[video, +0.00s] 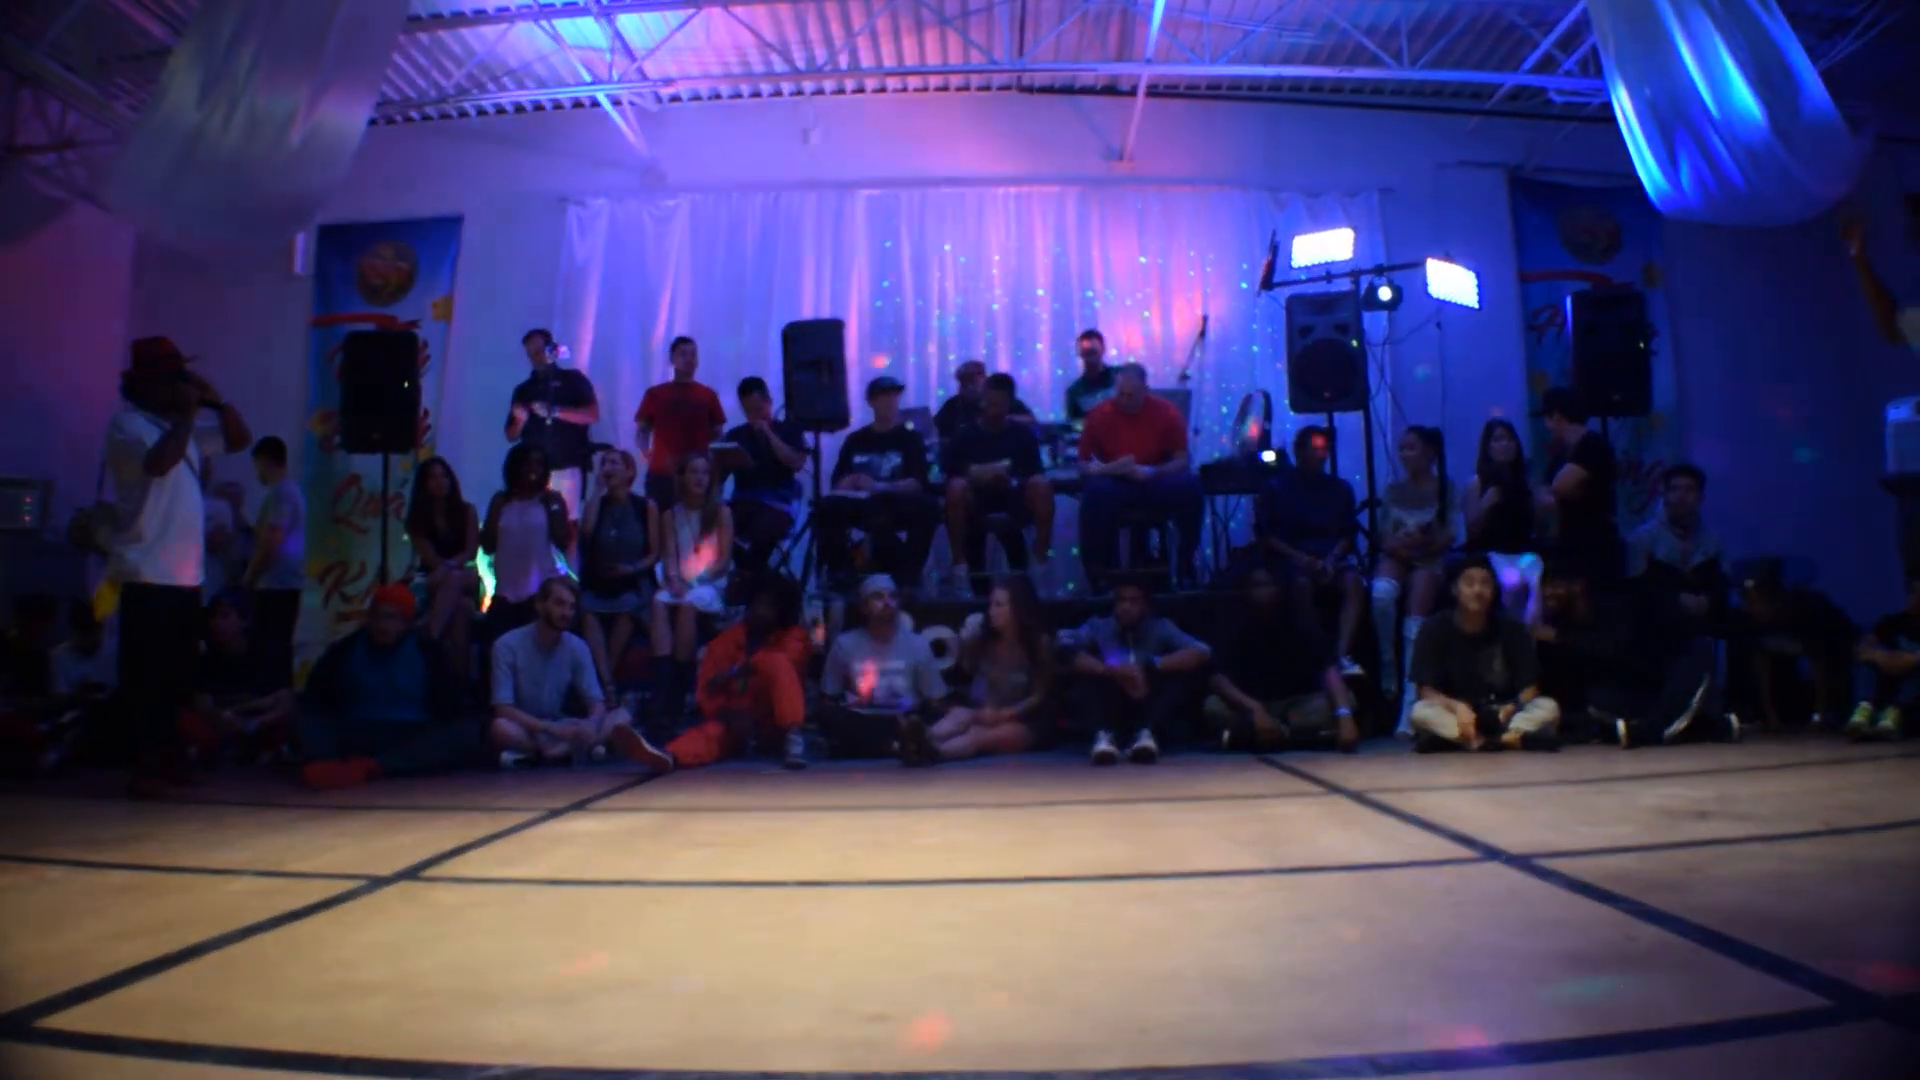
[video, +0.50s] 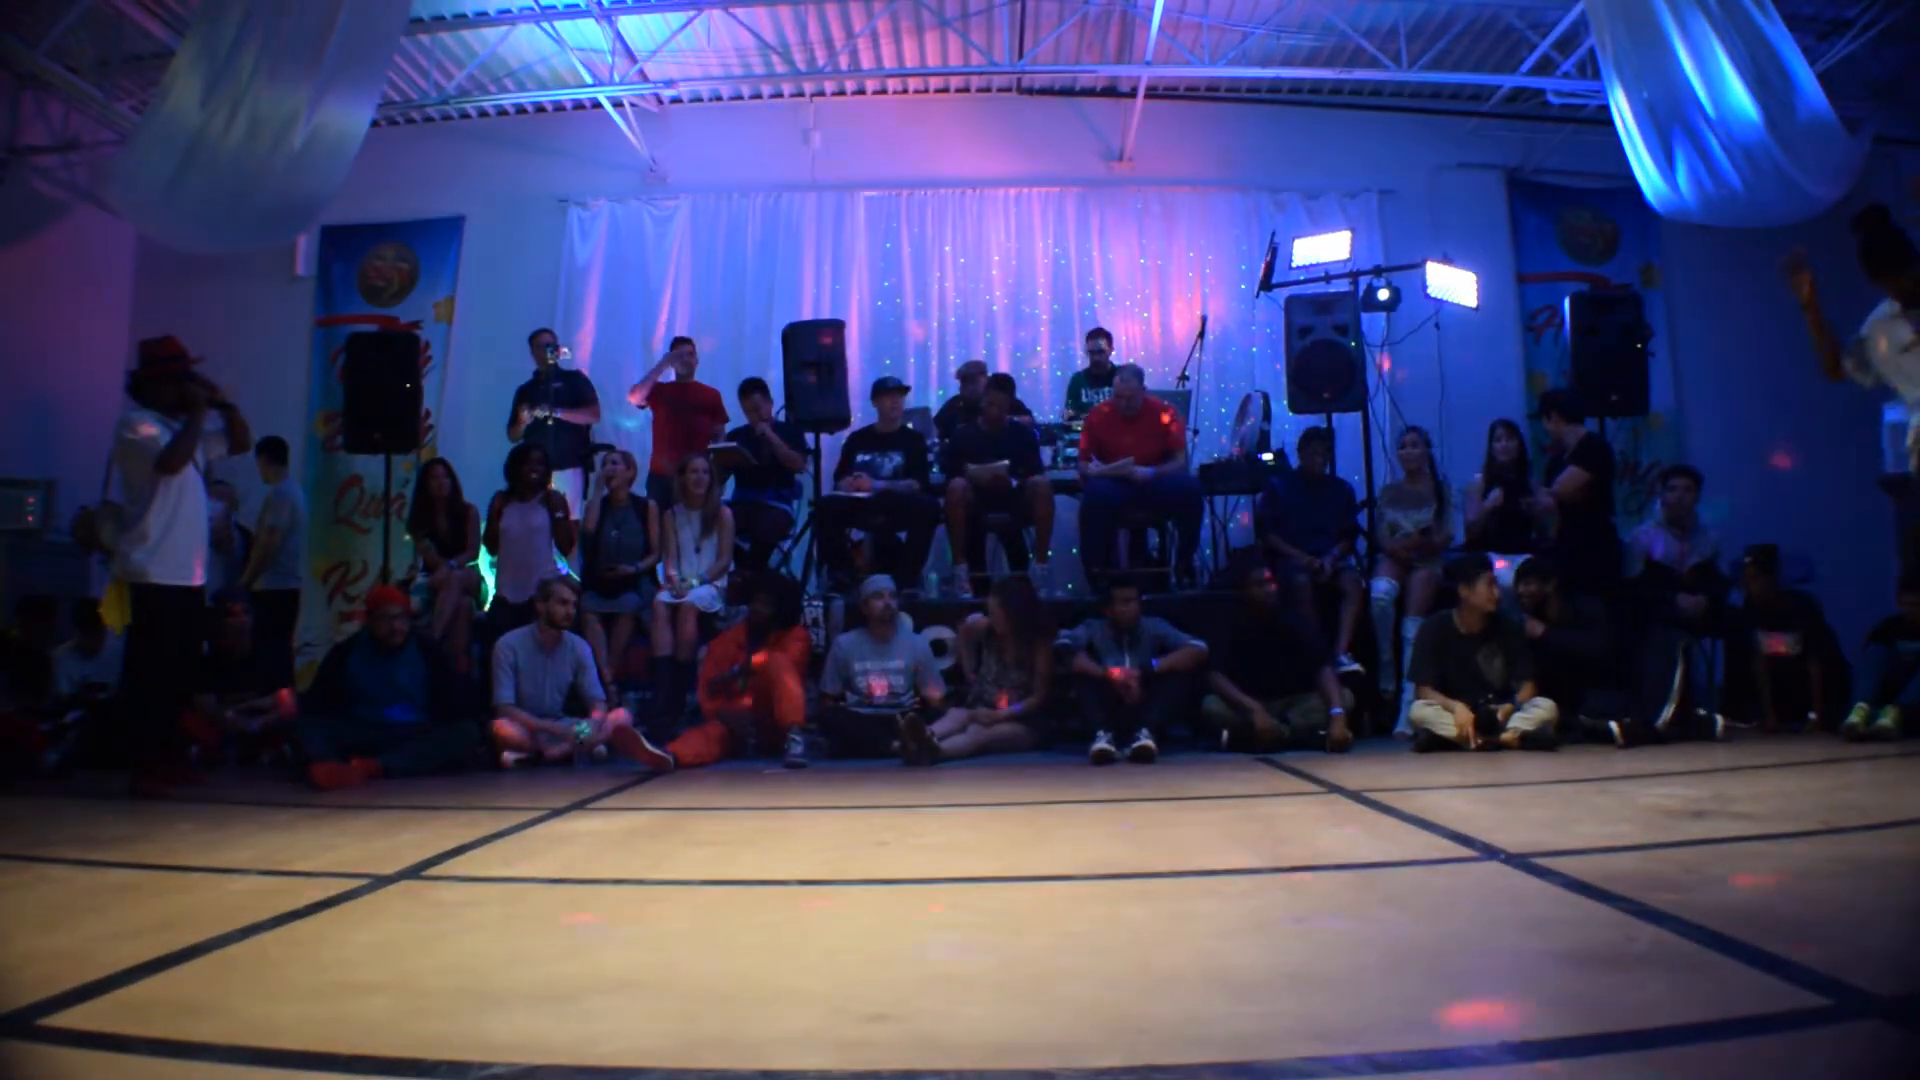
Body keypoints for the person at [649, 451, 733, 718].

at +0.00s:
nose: (700, 478)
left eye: (705, 473)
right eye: (694, 473)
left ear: (711, 479)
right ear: (682, 478)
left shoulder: (720, 513)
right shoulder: (671, 516)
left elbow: (723, 560)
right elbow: (668, 556)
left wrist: (697, 582)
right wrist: (673, 580)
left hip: (709, 581)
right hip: (678, 580)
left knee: (688, 606)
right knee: (659, 603)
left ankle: (682, 679)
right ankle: (662, 676)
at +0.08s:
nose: (700, 478)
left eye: (705, 473)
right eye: (694, 473)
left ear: (712, 478)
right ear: (683, 478)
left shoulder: (721, 514)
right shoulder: (671, 516)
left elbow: (723, 560)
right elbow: (668, 556)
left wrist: (698, 582)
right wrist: (673, 582)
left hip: (709, 581)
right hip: (678, 579)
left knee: (688, 606)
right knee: (659, 603)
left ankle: (682, 678)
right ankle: (662, 676)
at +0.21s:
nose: (700, 478)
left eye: (705, 473)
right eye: (694, 473)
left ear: (712, 479)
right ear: (683, 478)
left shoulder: (721, 513)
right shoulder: (672, 516)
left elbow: (724, 559)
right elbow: (669, 555)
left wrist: (699, 582)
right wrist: (674, 581)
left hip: (710, 580)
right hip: (679, 580)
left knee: (689, 605)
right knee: (659, 603)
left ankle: (682, 677)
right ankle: (665, 675)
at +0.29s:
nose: (700, 478)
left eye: (705, 473)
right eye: (694, 473)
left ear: (712, 479)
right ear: (683, 478)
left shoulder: (722, 514)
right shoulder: (672, 515)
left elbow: (725, 560)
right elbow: (670, 556)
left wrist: (699, 582)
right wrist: (674, 581)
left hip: (710, 581)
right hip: (678, 581)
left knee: (688, 606)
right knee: (660, 605)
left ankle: (682, 682)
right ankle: (663, 681)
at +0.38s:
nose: (700, 478)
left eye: (705, 473)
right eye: (694, 473)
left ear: (712, 479)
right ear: (682, 479)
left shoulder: (722, 514)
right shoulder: (671, 516)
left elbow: (724, 560)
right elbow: (669, 557)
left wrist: (699, 582)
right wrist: (674, 581)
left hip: (710, 581)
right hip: (678, 581)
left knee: (688, 607)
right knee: (660, 605)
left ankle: (682, 682)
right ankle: (662, 681)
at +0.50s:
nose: (699, 478)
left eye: (705, 473)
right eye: (693, 472)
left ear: (712, 478)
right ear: (682, 478)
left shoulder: (722, 514)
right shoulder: (671, 515)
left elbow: (724, 559)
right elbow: (669, 556)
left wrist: (699, 581)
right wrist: (671, 578)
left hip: (710, 580)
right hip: (678, 580)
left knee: (688, 607)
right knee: (660, 606)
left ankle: (682, 683)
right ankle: (662, 681)